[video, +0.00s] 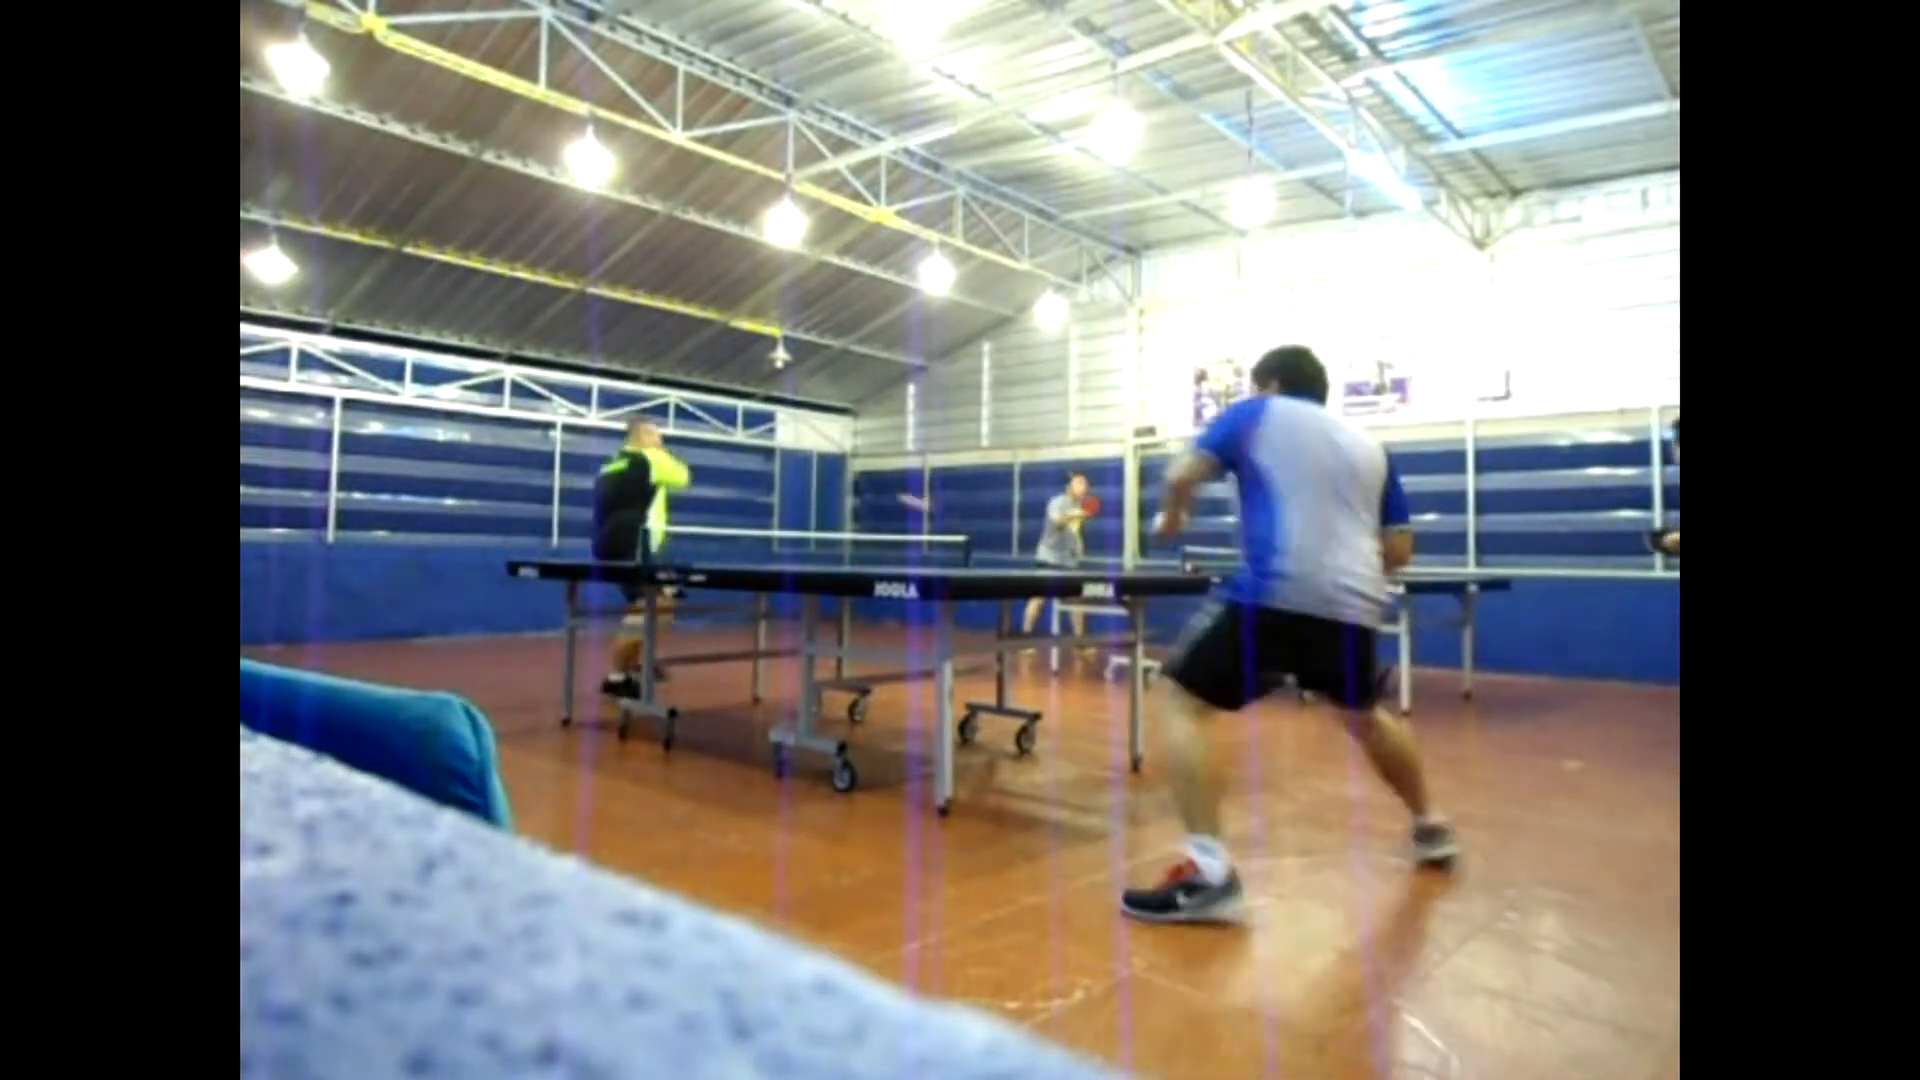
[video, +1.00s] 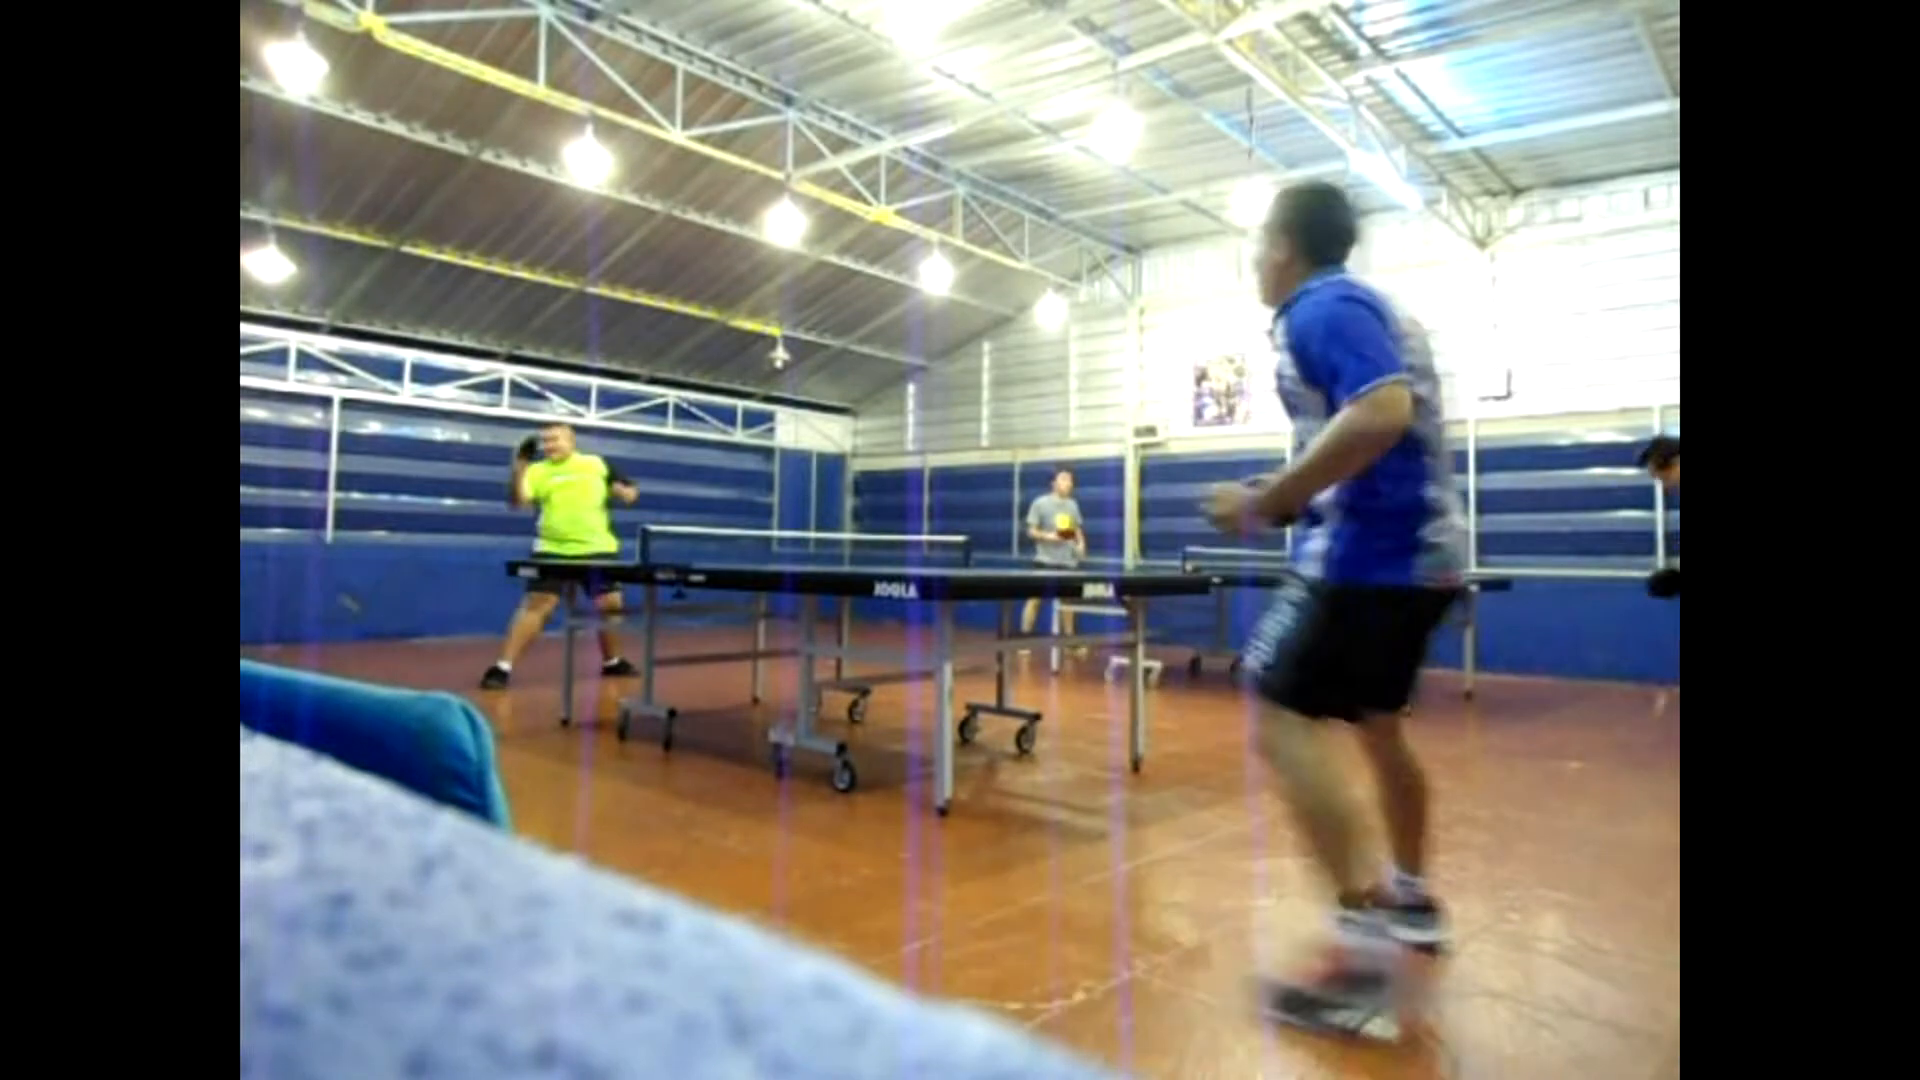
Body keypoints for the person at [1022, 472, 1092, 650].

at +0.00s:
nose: (1082, 488)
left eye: (1084, 484)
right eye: (1078, 484)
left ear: (1086, 489)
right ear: (1070, 486)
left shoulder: (1080, 507)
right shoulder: (1057, 502)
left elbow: (1076, 530)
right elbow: (1057, 519)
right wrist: (1081, 514)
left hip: (1071, 559)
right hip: (1049, 558)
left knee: (1076, 600)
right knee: (1039, 597)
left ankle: (1080, 637)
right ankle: (1026, 633)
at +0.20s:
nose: (1073, 489)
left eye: (1075, 485)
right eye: (1069, 484)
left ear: (1079, 488)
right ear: (1061, 487)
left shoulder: (1075, 507)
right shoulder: (1048, 505)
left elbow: (1074, 530)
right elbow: (1038, 528)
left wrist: (1075, 546)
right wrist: (1058, 527)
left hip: (1067, 561)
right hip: (1043, 560)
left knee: (1076, 601)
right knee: (1036, 599)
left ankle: (1079, 638)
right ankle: (1024, 635)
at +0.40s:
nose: (1061, 490)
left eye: (1065, 485)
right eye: (1057, 485)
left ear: (1070, 488)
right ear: (1050, 485)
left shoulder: (1068, 508)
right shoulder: (1039, 506)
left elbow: (1070, 529)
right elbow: (1025, 531)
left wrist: (1068, 546)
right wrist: (1045, 535)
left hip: (1059, 561)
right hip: (1036, 561)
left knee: (1068, 600)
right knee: (1031, 599)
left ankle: (1073, 638)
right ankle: (1023, 635)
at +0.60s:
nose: (1062, 486)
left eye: (1064, 482)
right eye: (1058, 482)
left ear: (1067, 485)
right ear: (1051, 485)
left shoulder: (1068, 504)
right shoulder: (1037, 503)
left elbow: (1071, 526)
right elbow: (1024, 531)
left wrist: (1069, 545)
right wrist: (1044, 539)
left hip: (1061, 560)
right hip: (1038, 560)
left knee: (1066, 600)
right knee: (1031, 599)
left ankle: (1068, 637)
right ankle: (1023, 635)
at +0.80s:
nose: (1064, 484)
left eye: (1067, 480)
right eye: (1061, 479)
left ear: (1070, 484)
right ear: (1053, 483)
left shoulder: (1071, 504)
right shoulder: (1039, 503)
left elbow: (1074, 528)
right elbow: (1029, 530)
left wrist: (1075, 546)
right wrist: (1048, 537)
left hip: (1065, 559)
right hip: (1043, 559)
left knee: (1068, 601)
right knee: (1033, 599)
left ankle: (1069, 638)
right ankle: (1024, 635)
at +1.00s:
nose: (1066, 485)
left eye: (1069, 480)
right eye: (1062, 480)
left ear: (1072, 484)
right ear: (1054, 483)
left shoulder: (1072, 504)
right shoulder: (1040, 503)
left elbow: (1077, 527)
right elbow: (1032, 530)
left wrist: (1080, 544)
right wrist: (1052, 537)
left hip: (1068, 560)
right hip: (1045, 560)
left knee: (1068, 602)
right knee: (1035, 599)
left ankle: (1069, 639)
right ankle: (1025, 636)